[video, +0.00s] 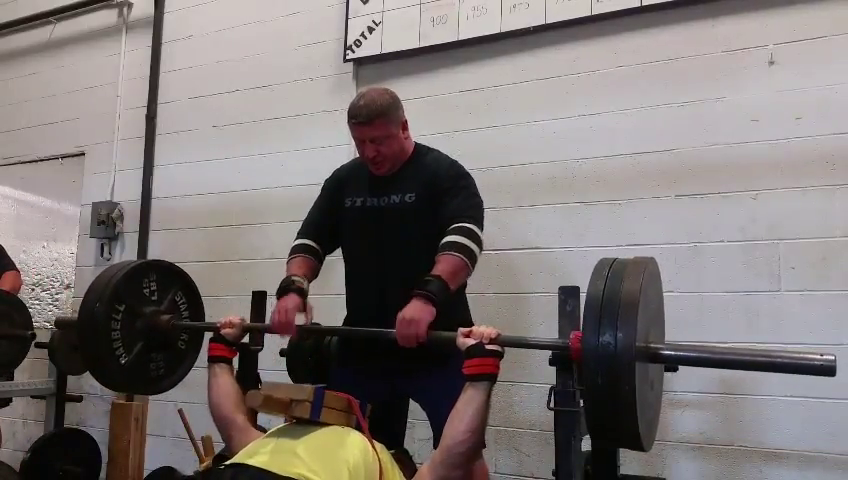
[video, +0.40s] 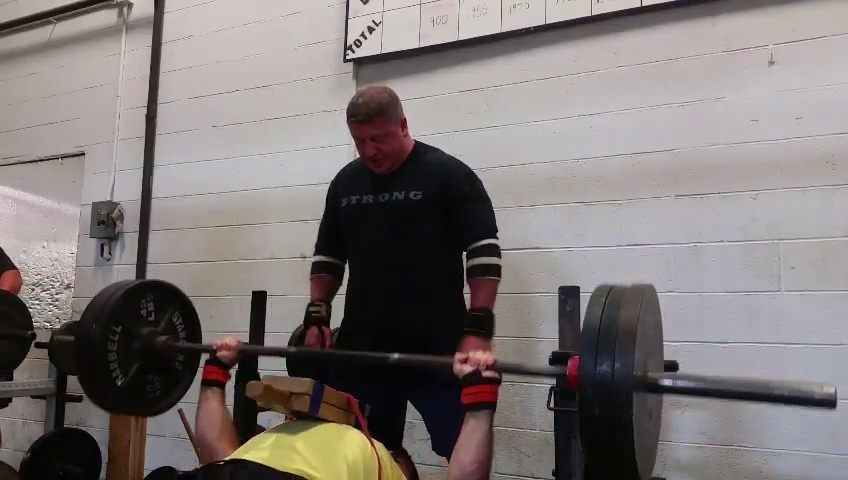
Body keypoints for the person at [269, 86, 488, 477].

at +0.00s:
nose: (369, 152)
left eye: (378, 141)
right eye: (361, 142)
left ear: (404, 129)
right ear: (352, 137)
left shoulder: (447, 176)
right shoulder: (344, 183)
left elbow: (462, 244)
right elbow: (311, 242)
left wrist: (428, 297)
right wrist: (293, 290)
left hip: (439, 348)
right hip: (364, 346)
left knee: (463, 455)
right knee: (367, 459)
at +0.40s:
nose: (370, 151)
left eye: (379, 139)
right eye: (361, 141)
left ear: (403, 126)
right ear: (352, 135)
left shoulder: (452, 178)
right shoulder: (345, 184)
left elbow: (484, 254)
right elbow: (328, 257)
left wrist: (478, 329)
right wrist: (317, 316)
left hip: (438, 347)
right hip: (363, 346)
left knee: (468, 457)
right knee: (364, 458)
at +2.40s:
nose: (361, 159)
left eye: (369, 148)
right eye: (351, 150)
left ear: (394, 131)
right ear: (342, 142)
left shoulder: (445, 177)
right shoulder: (338, 185)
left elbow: (478, 260)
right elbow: (325, 261)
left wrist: (474, 335)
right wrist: (314, 323)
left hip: (438, 339)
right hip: (365, 339)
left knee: (462, 450)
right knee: (369, 451)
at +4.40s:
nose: (360, 162)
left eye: (369, 151)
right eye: (351, 153)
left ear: (394, 133)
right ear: (342, 144)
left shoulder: (445, 177)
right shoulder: (338, 186)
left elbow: (479, 259)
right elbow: (326, 262)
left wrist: (474, 336)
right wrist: (318, 326)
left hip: (439, 342)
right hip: (365, 341)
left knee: (465, 451)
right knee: (367, 453)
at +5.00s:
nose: (357, 163)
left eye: (365, 152)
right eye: (348, 155)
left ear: (392, 134)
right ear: (338, 145)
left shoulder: (443, 173)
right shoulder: (338, 183)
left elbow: (493, 234)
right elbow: (322, 249)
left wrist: (460, 297)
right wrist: (318, 304)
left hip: (437, 345)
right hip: (364, 343)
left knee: (462, 457)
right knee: (366, 460)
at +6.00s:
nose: (341, 147)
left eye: (348, 137)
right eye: (338, 138)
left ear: (380, 129)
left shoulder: (442, 167)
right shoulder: (346, 181)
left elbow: (484, 227)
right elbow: (322, 244)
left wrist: (462, 297)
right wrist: (310, 295)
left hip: (433, 345)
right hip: (361, 346)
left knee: (459, 459)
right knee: (362, 463)